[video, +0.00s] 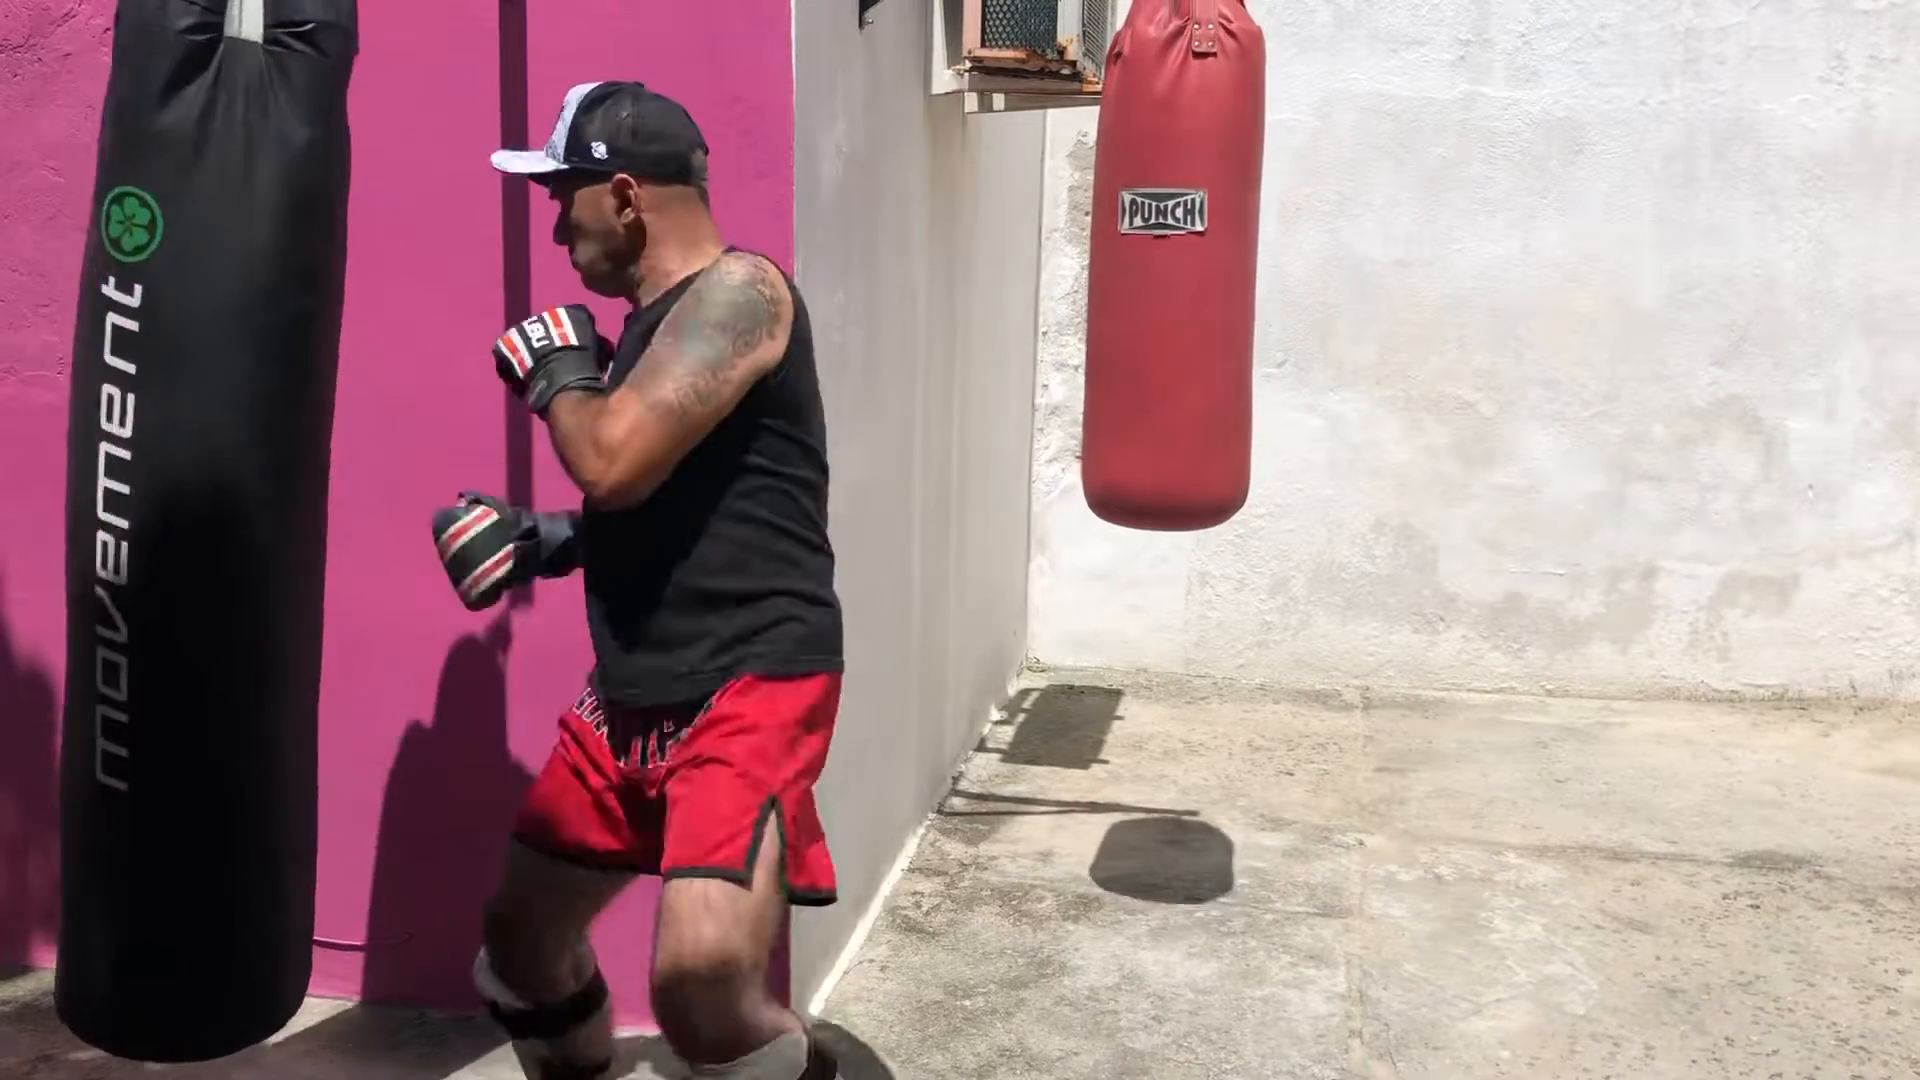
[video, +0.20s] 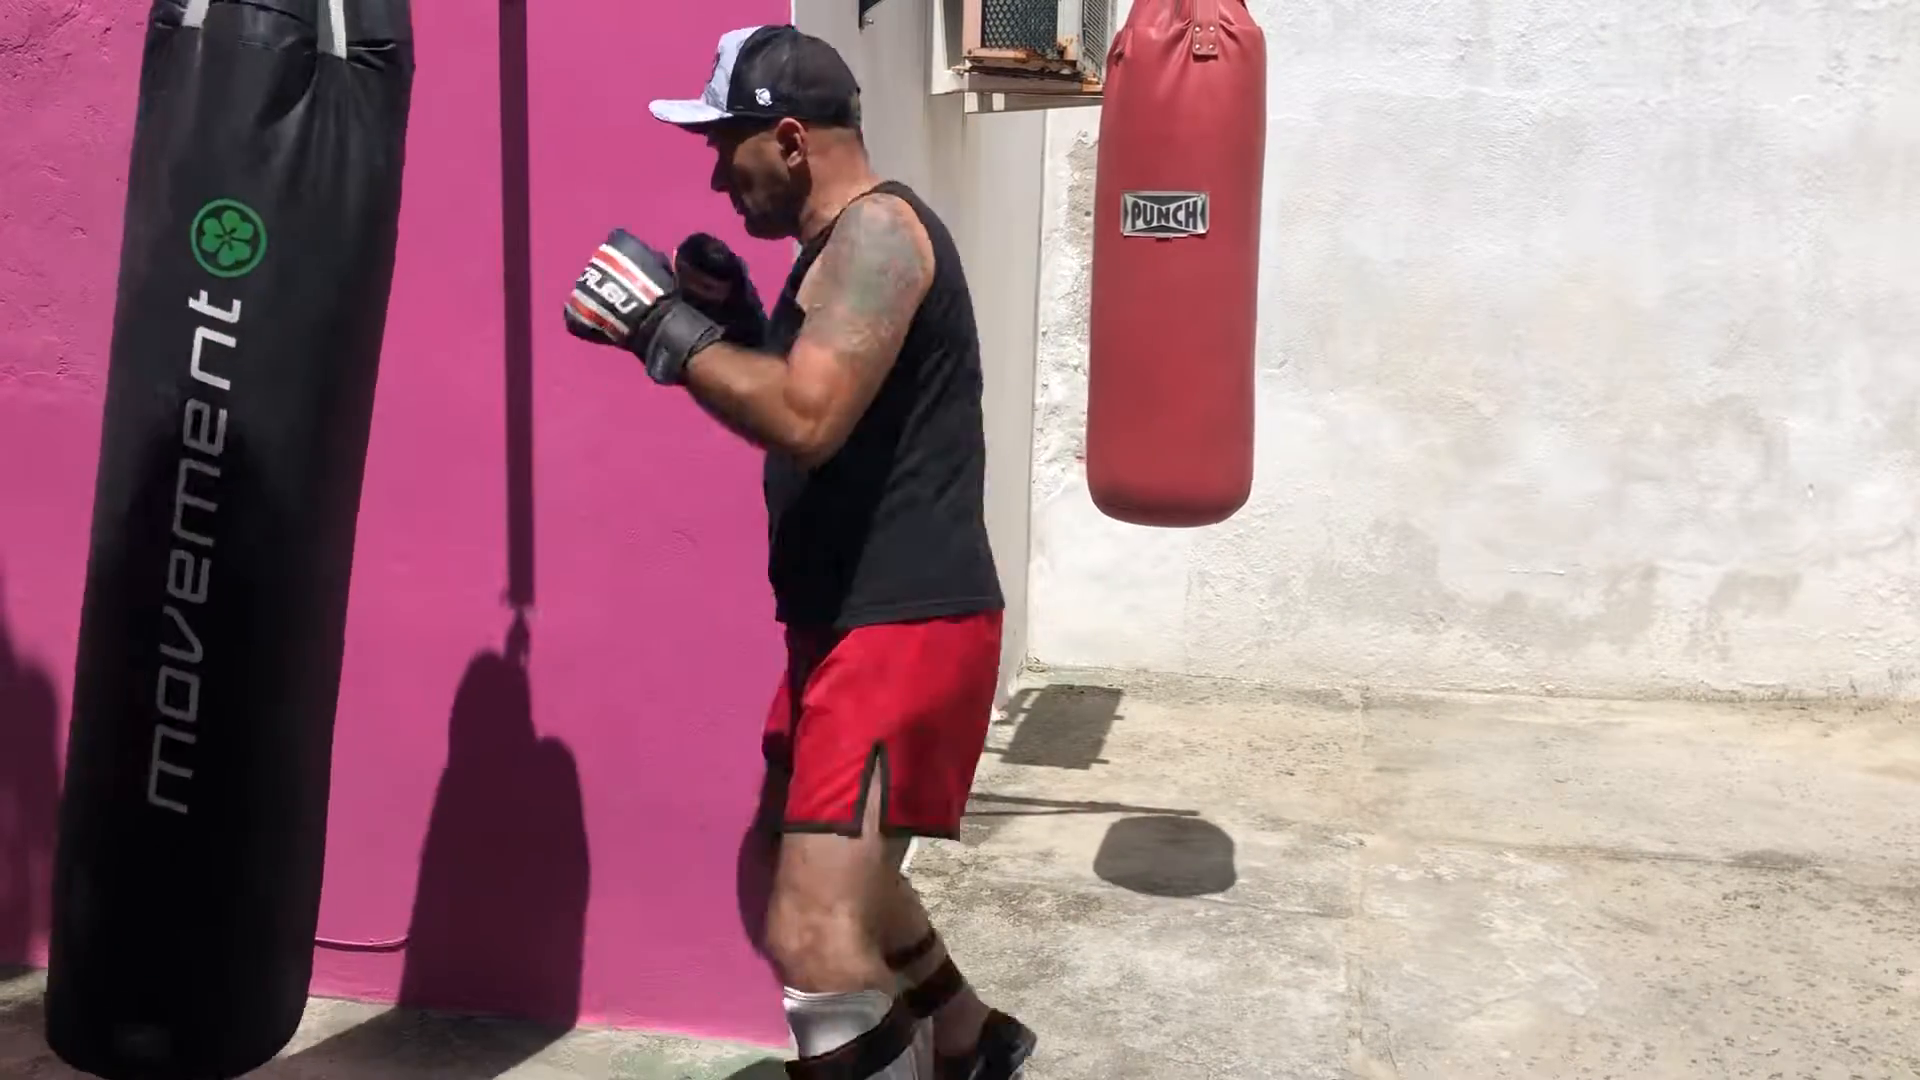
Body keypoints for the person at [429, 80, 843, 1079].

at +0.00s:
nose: (556, 220)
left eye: (566, 193)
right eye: (554, 196)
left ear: (633, 194)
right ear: (638, 198)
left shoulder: (744, 292)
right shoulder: (640, 334)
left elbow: (613, 460)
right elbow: (672, 517)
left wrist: (555, 370)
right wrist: (547, 542)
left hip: (753, 683)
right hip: (630, 692)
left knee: (704, 1001)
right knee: (524, 944)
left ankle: (825, 1067)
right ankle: (586, 1075)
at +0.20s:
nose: (718, 171)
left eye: (727, 145)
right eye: (715, 147)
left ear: (793, 139)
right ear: (808, 137)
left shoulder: (878, 235)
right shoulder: (847, 241)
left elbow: (806, 418)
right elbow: (826, 408)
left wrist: (670, 334)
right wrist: (744, 329)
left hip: (901, 625)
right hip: (852, 622)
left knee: (817, 926)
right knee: (792, 868)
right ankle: (963, 1034)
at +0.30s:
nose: (776, 215)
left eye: (788, 192)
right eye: (776, 192)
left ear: (851, 195)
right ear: (857, 194)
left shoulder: (944, 283)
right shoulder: (900, 293)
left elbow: (919, 469)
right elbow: (896, 456)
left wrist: (776, 376)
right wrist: (775, 367)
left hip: (975, 660)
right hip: (929, 657)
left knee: (823, 926)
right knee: (970, 918)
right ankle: (1097, 1057)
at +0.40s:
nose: (817, 262)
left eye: (829, 236)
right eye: (816, 238)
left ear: (894, 235)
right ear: (899, 234)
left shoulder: (977, 328)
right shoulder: (963, 325)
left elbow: (956, 524)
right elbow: (932, 483)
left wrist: (808, 436)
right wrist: (846, 406)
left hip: (1017, 698)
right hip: (1007, 688)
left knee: (876, 981)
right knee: (1004, 932)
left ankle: (1044, 1073)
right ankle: (1111, 1069)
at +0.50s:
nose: (842, 242)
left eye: (854, 216)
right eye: (842, 217)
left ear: (922, 214)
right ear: (936, 211)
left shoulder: (998, 317)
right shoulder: (1017, 299)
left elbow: (923, 518)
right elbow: (984, 486)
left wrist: (814, 409)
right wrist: (900, 404)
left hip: (1030, 686)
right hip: (1034, 673)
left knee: (973, 1007)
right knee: (1040, 924)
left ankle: (1080, 1033)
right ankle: (1114, 1061)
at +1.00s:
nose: (820, 206)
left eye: (831, 181)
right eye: (821, 181)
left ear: (902, 185)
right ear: (911, 185)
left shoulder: (1011, 312)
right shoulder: (965, 292)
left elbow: (883, 510)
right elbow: (895, 418)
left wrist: (801, 370)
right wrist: (772, 393)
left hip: (1025, 719)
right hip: (974, 707)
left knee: (961, 1041)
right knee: (1047, 978)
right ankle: (1136, 1072)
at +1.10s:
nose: (788, 214)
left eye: (796, 188)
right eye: (789, 188)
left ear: (859, 193)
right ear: (878, 189)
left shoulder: (957, 314)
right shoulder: (942, 302)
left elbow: (783, 503)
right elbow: (990, 547)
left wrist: (743, 346)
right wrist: (866, 622)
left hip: (985, 749)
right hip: (907, 731)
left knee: (925, 1056)